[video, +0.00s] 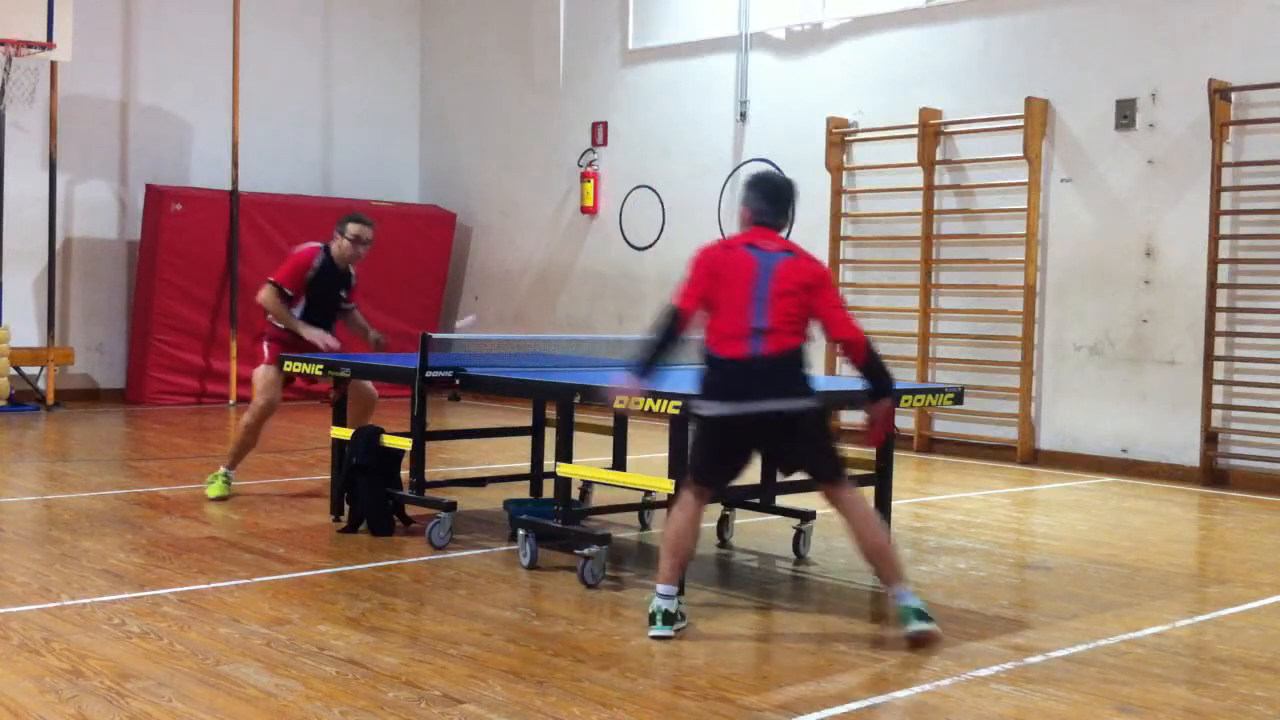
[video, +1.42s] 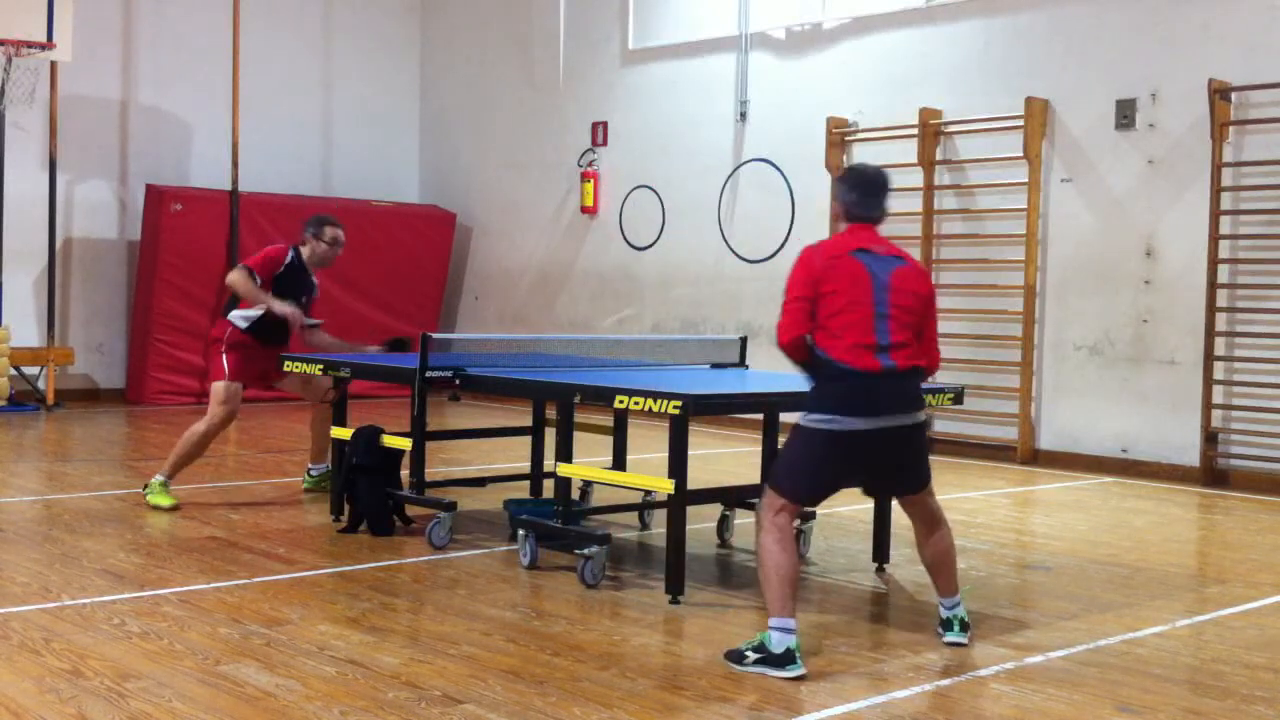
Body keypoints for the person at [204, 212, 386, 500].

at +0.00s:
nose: (360, 250)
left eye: (366, 244)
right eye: (356, 241)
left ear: (369, 247)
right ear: (338, 237)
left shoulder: (349, 274)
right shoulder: (309, 256)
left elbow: (346, 309)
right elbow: (267, 296)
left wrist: (369, 334)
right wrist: (305, 330)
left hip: (320, 348)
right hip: (280, 343)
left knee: (366, 397)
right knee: (266, 401)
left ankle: (347, 467)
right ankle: (225, 472)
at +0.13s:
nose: (348, 247)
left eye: (353, 240)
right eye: (343, 239)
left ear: (356, 239)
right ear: (324, 232)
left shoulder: (345, 266)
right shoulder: (296, 251)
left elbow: (366, 303)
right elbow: (250, 283)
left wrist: (368, 318)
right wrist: (279, 304)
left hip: (322, 337)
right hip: (279, 335)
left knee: (370, 385)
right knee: (257, 400)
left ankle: (348, 459)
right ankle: (223, 472)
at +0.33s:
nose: (345, 259)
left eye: (351, 253)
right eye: (340, 253)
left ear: (361, 248)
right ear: (328, 244)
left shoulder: (367, 270)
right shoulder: (308, 254)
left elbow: (395, 314)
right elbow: (262, 259)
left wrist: (360, 313)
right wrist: (244, 262)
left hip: (343, 340)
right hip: (295, 335)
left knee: (387, 397)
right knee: (259, 396)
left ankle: (390, 477)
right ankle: (224, 472)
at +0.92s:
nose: (332, 232)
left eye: (336, 226)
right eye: (326, 225)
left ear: (340, 228)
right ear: (306, 225)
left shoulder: (337, 262)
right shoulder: (281, 247)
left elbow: (361, 294)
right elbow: (225, 273)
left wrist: (377, 308)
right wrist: (255, 281)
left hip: (312, 338)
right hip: (267, 336)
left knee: (359, 390)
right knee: (241, 404)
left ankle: (376, 462)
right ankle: (216, 463)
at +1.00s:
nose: (331, 221)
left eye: (335, 215)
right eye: (324, 214)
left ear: (338, 217)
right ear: (305, 214)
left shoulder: (329, 252)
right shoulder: (279, 238)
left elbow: (341, 287)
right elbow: (228, 266)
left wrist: (368, 308)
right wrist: (266, 274)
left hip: (307, 331)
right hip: (263, 330)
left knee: (354, 387)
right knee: (238, 405)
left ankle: (333, 462)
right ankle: (208, 452)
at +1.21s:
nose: (329, 228)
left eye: (333, 222)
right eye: (323, 220)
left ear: (335, 224)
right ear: (302, 218)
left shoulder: (314, 257)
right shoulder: (275, 242)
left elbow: (306, 305)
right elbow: (235, 286)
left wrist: (334, 336)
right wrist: (277, 312)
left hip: (287, 339)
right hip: (251, 332)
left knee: (333, 391)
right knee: (230, 402)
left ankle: (320, 472)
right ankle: (172, 478)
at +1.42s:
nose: (337, 252)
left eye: (340, 246)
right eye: (333, 243)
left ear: (334, 249)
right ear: (310, 238)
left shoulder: (309, 283)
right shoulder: (280, 255)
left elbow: (312, 335)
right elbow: (236, 278)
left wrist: (360, 351)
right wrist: (274, 304)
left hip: (268, 355)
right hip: (232, 345)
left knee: (326, 390)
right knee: (223, 413)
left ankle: (319, 472)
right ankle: (160, 483)